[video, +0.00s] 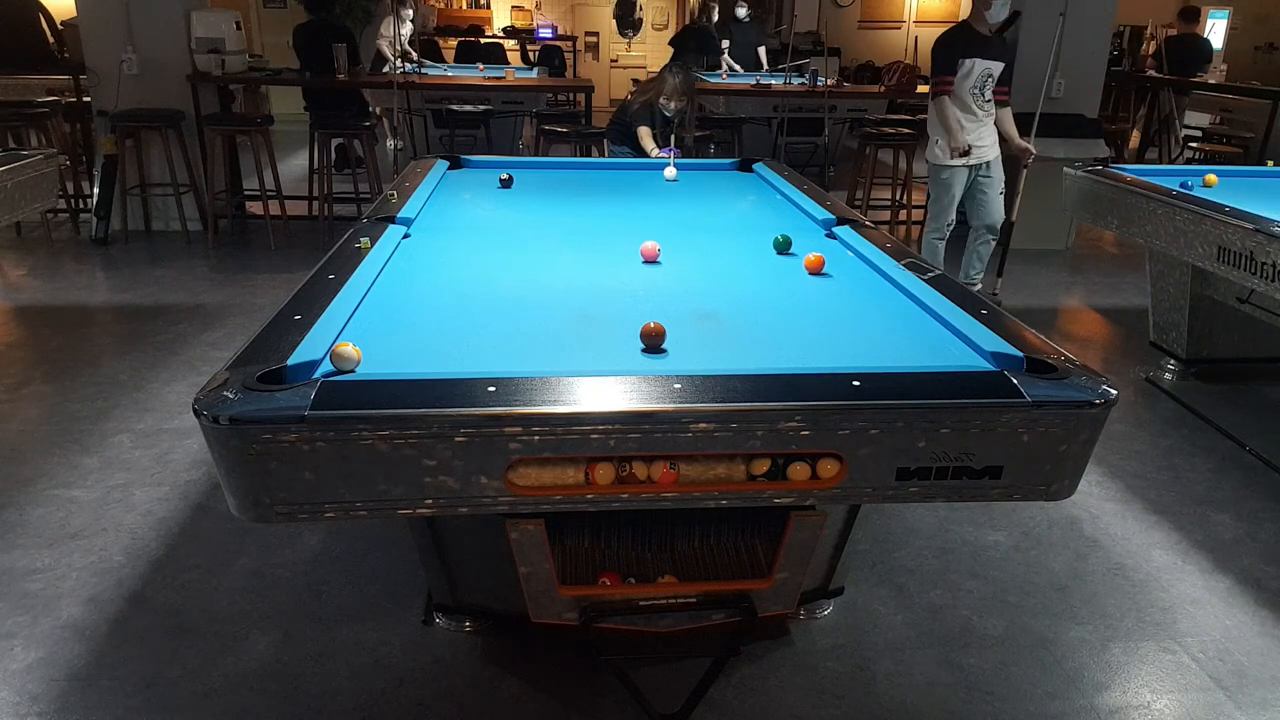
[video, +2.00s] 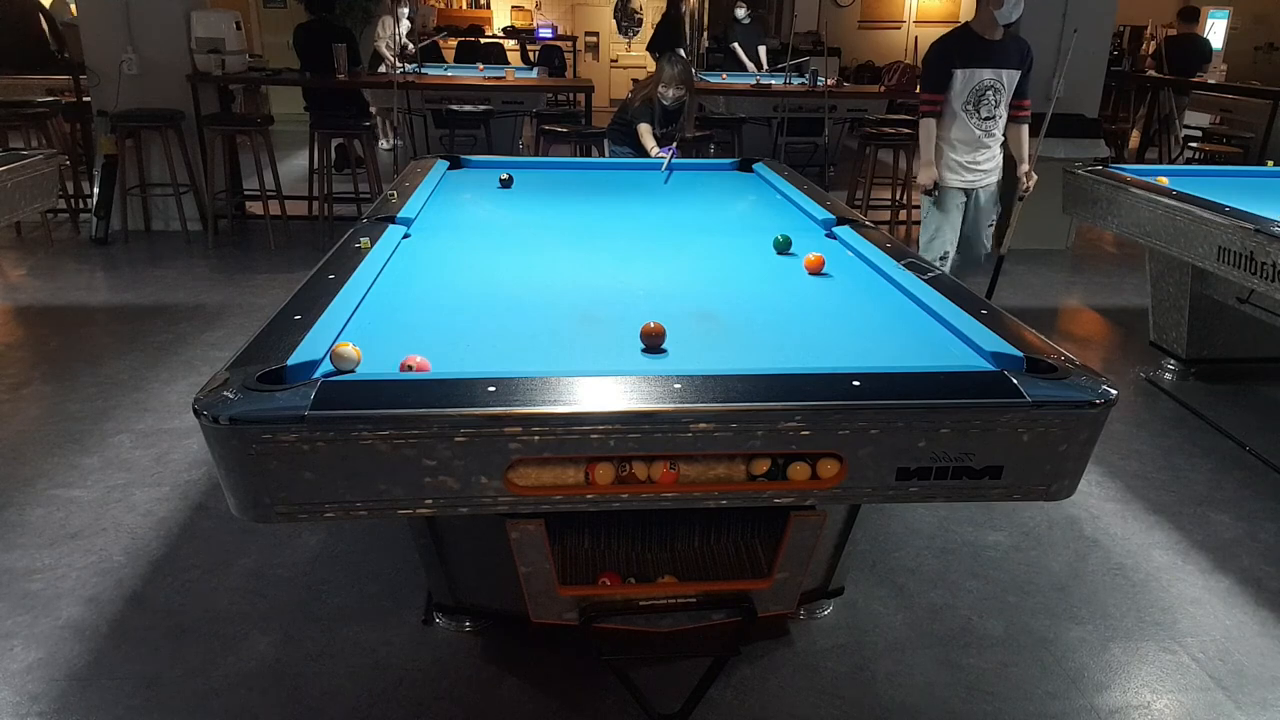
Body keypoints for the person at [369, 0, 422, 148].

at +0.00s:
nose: (409, 12)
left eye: (411, 9)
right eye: (405, 9)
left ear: (413, 10)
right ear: (398, 10)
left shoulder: (409, 26)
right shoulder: (390, 21)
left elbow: (403, 43)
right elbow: (380, 42)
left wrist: (412, 52)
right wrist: (393, 60)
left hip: (396, 64)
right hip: (382, 65)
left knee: (395, 103)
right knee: (384, 105)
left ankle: (395, 135)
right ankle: (390, 138)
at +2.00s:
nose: (404, 10)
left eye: (406, 7)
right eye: (401, 7)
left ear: (408, 8)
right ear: (394, 8)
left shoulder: (406, 24)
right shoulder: (386, 20)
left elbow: (400, 37)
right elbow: (378, 44)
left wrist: (408, 44)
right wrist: (392, 60)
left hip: (395, 64)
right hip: (380, 65)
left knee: (391, 102)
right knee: (380, 103)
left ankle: (392, 136)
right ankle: (382, 138)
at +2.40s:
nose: (385, 6)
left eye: (387, 3)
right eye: (381, 3)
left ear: (389, 5)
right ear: (374, 6)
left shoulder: (390, 20)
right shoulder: (368, 20)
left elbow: (389, 40)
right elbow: (369, 46)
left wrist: (397, 47)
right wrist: (387, 61)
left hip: (388, 63)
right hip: (374, 64)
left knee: (390, 102)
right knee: (377, 103)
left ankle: (392, 137)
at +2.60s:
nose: (366, 7)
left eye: (368, 4)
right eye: (362, 4)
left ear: (371, 6)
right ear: (355, 5)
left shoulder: (372, 23)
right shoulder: (351, 23)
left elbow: (370, 43)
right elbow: (355, 52)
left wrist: (378, 47)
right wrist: (373, 65)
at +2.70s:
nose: (355, 9)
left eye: (357, 6)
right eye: (351, 6)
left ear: (360, 7)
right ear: (344, 7)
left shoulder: (361, 25)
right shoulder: (338, 26)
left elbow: (359, 44)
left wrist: (366, 48)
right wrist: (363, 67)